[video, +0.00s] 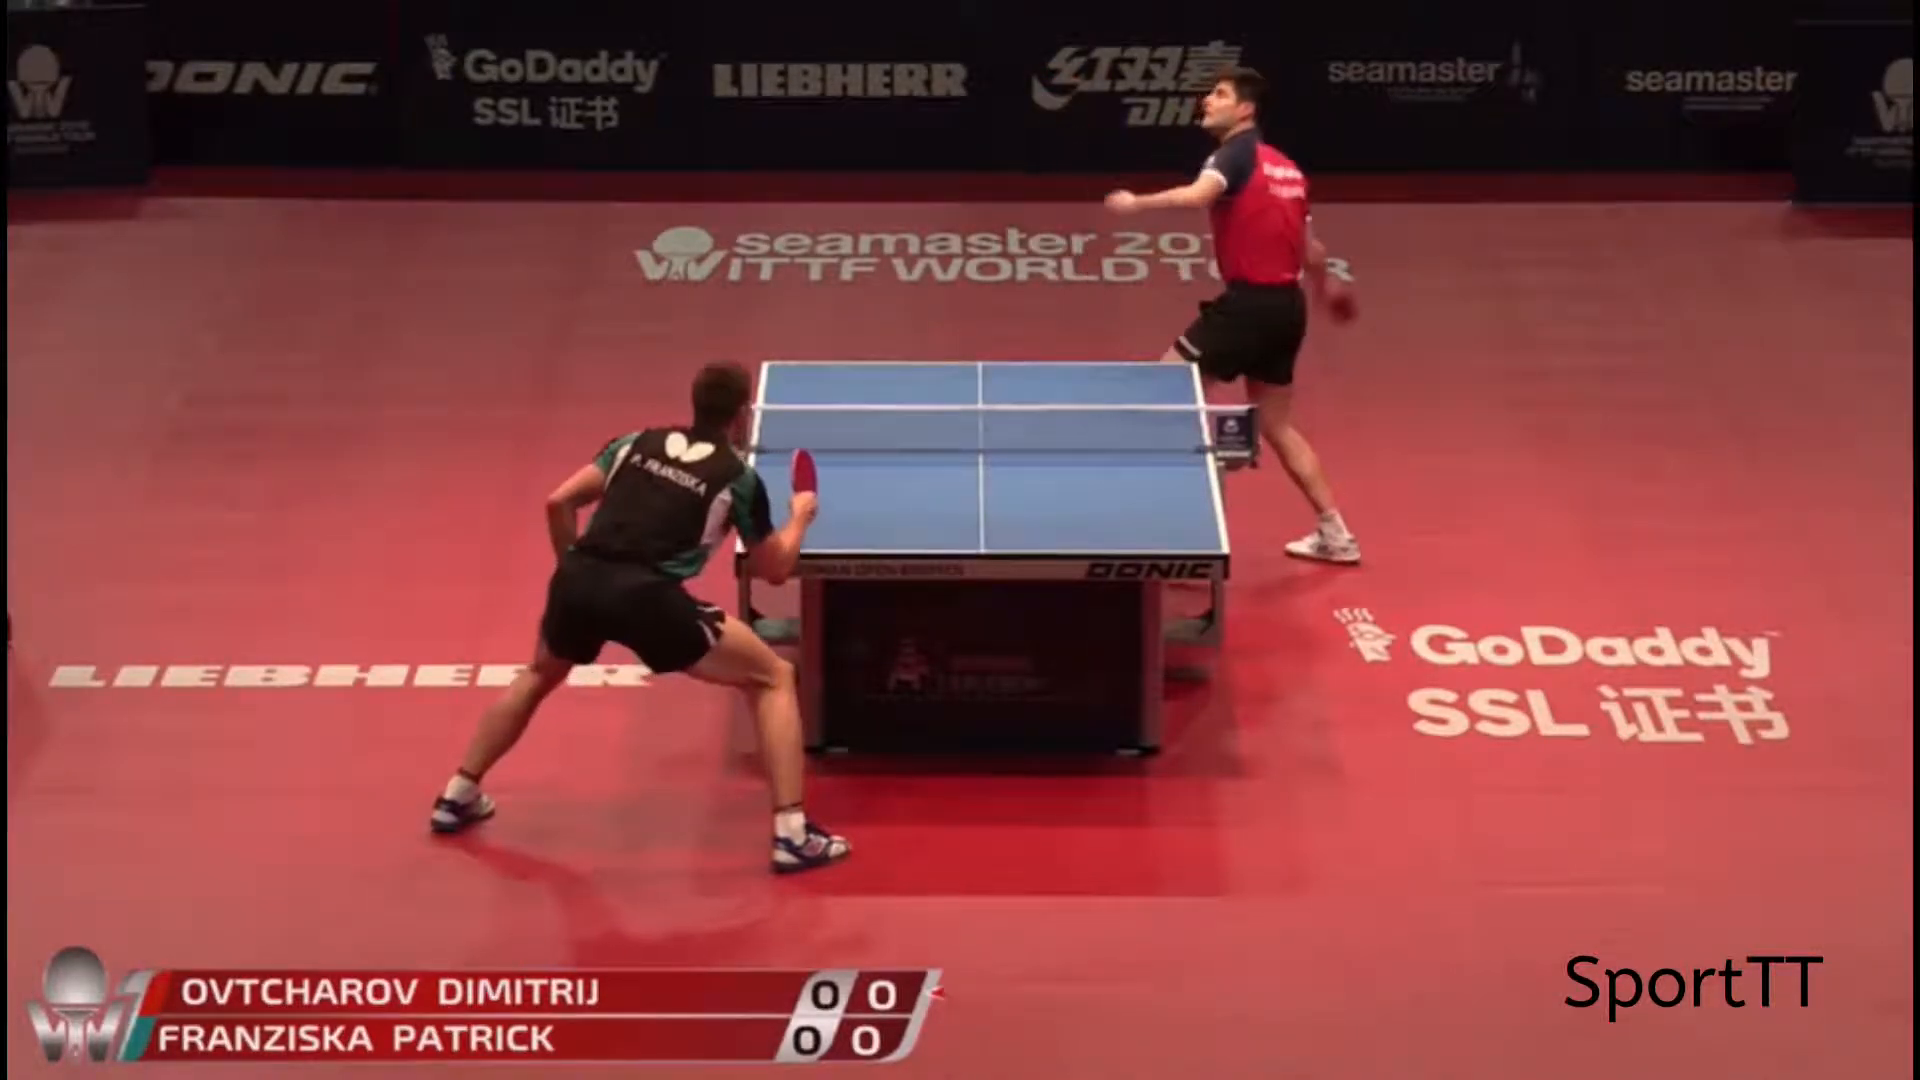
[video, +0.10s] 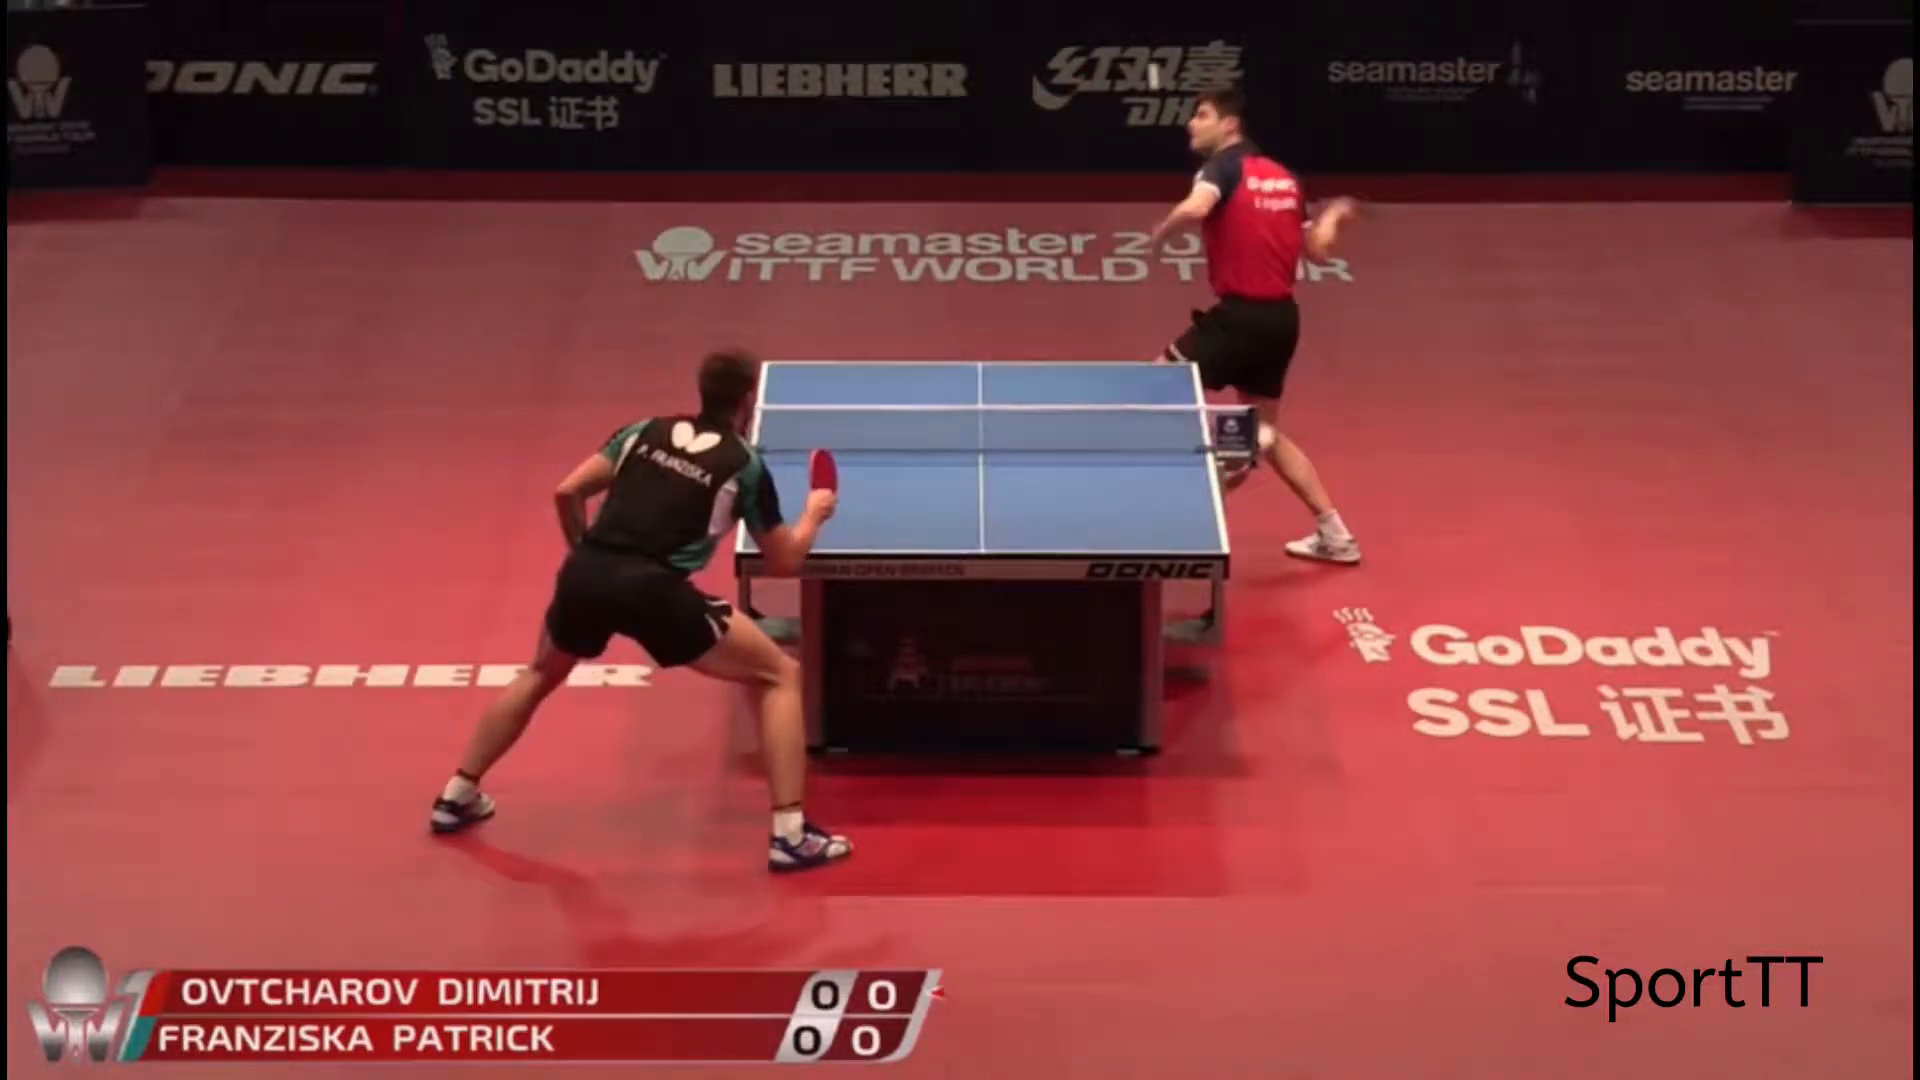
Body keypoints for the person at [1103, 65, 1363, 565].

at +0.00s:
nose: (1205, 102)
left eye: (1217, 95)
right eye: (1209, 94)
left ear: (1244, 109)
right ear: (1246, 113)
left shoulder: (1234, 151)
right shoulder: (1285, 165)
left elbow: (1201, 194)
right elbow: (1310, 247)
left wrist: (1137, 202)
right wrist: (1326, 282)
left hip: (1245, 303)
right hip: (1287, 306)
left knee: (1163, 386)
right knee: (1275, 423)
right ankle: (1334, 531)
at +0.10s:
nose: (1191, 125)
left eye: (1201, 117)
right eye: (1194, 116)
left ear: (1229, 124)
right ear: (1234, 127)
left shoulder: (1223, 165)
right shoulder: (1282, 174)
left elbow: (1195, 209)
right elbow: (1318, 248)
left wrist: (1160, 233)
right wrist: (1333, 214)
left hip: (1238, 315)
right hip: (1281, 316)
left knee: (1156, 387)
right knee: (1264, 433)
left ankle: (1214, 455)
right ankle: (1334, 532)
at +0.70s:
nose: (1091, 180)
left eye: (1100, 169)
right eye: (1084, 170)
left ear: (1121, 164)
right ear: (1076, 169)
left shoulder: (1159, 196)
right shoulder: (1072, 204)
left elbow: (1225, 238)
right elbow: (1043, 240)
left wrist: (1170, 271)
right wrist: (1050, 262)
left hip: (1168, 296)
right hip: (1112, 296)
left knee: (1173, 386)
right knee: (1074, 381)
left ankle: (1215, 509)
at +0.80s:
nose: (1080, 182)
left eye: (1089, 172)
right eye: (1073, 173)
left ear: (1110, 169)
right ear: (1065, 172)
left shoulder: (1148, 206)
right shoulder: (1056, 213)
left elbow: (1205, 243)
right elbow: (1012, 270)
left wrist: (1161, 271)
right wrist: (1028, 272)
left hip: (1149, 315)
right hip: (1086, 317)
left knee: (1185, 393)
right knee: (1036, 392)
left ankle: (1220, 501)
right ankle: (1032, 496)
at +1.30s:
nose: (1101, 244)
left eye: (1108, 235)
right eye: (1092, 236)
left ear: (1121, 223)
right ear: (1079, 229)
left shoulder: (1151, 238)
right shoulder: (1064, 253)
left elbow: (1202, 279)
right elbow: (1012, 320)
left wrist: (1182, 296)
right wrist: (1071, 313)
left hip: (1153, 345)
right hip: (1086, 347)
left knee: (1220, 403)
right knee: (1046, 378)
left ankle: (1267, 494)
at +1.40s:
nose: (1103, 252)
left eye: (1111, 242)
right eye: (1094, 242)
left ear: (1123, 235)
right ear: (1081, 236)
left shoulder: (1137, 244)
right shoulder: (1064, 259)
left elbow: (1166, 277)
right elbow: (1037, 309)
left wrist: (1174, 289)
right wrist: (1075, 322)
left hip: (1119, 332)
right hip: (1061, 340)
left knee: (1216, 391)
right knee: (1056, 403)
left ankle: (1266, 489)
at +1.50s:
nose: (1103, 243)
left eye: (1110, 234)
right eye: (1094, 234)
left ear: (1122, 228)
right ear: (1080, 230)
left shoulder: (1137, 244)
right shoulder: (1064, 257)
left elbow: (1162, 280)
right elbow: (1040, 304)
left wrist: (1171, 292)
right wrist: (1068, 315)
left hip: (1116, 332)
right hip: (1063, 339)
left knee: (1219, 389)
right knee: (1058, 403)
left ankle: (1266, 486)